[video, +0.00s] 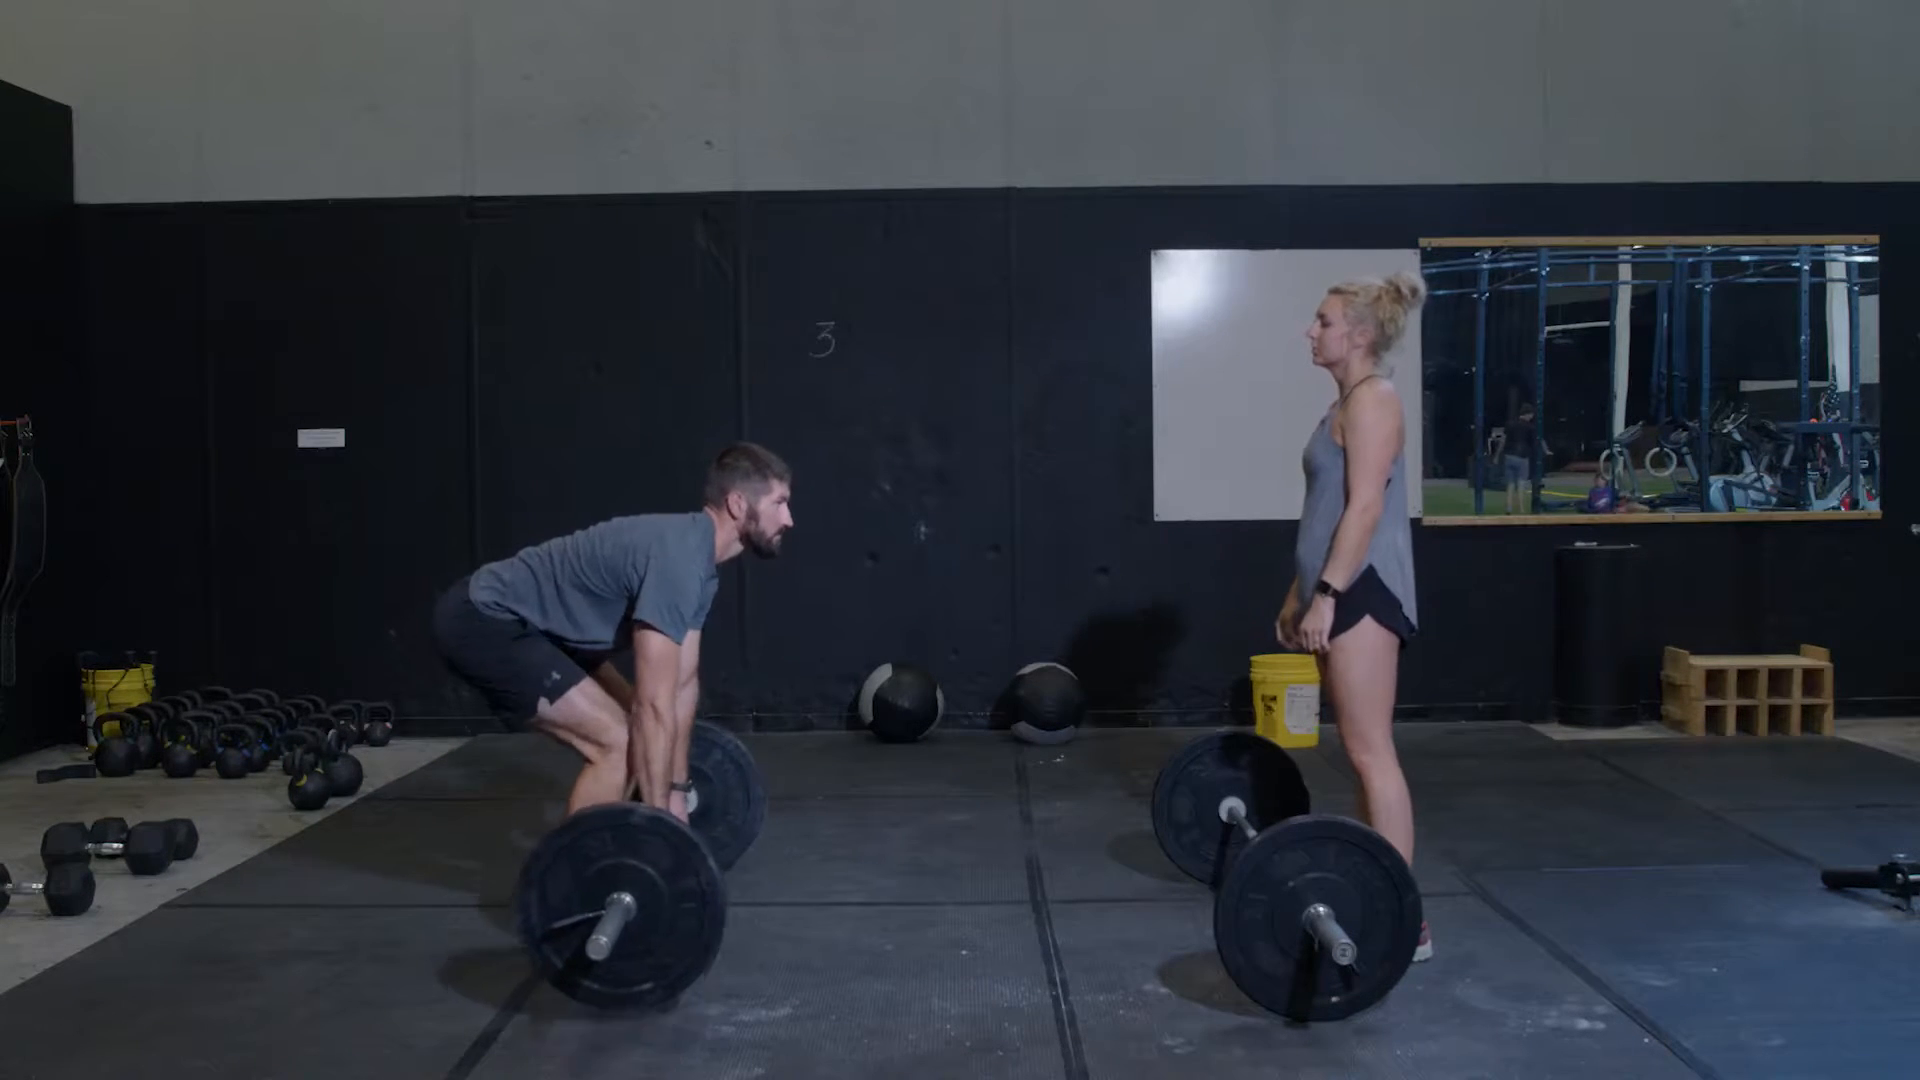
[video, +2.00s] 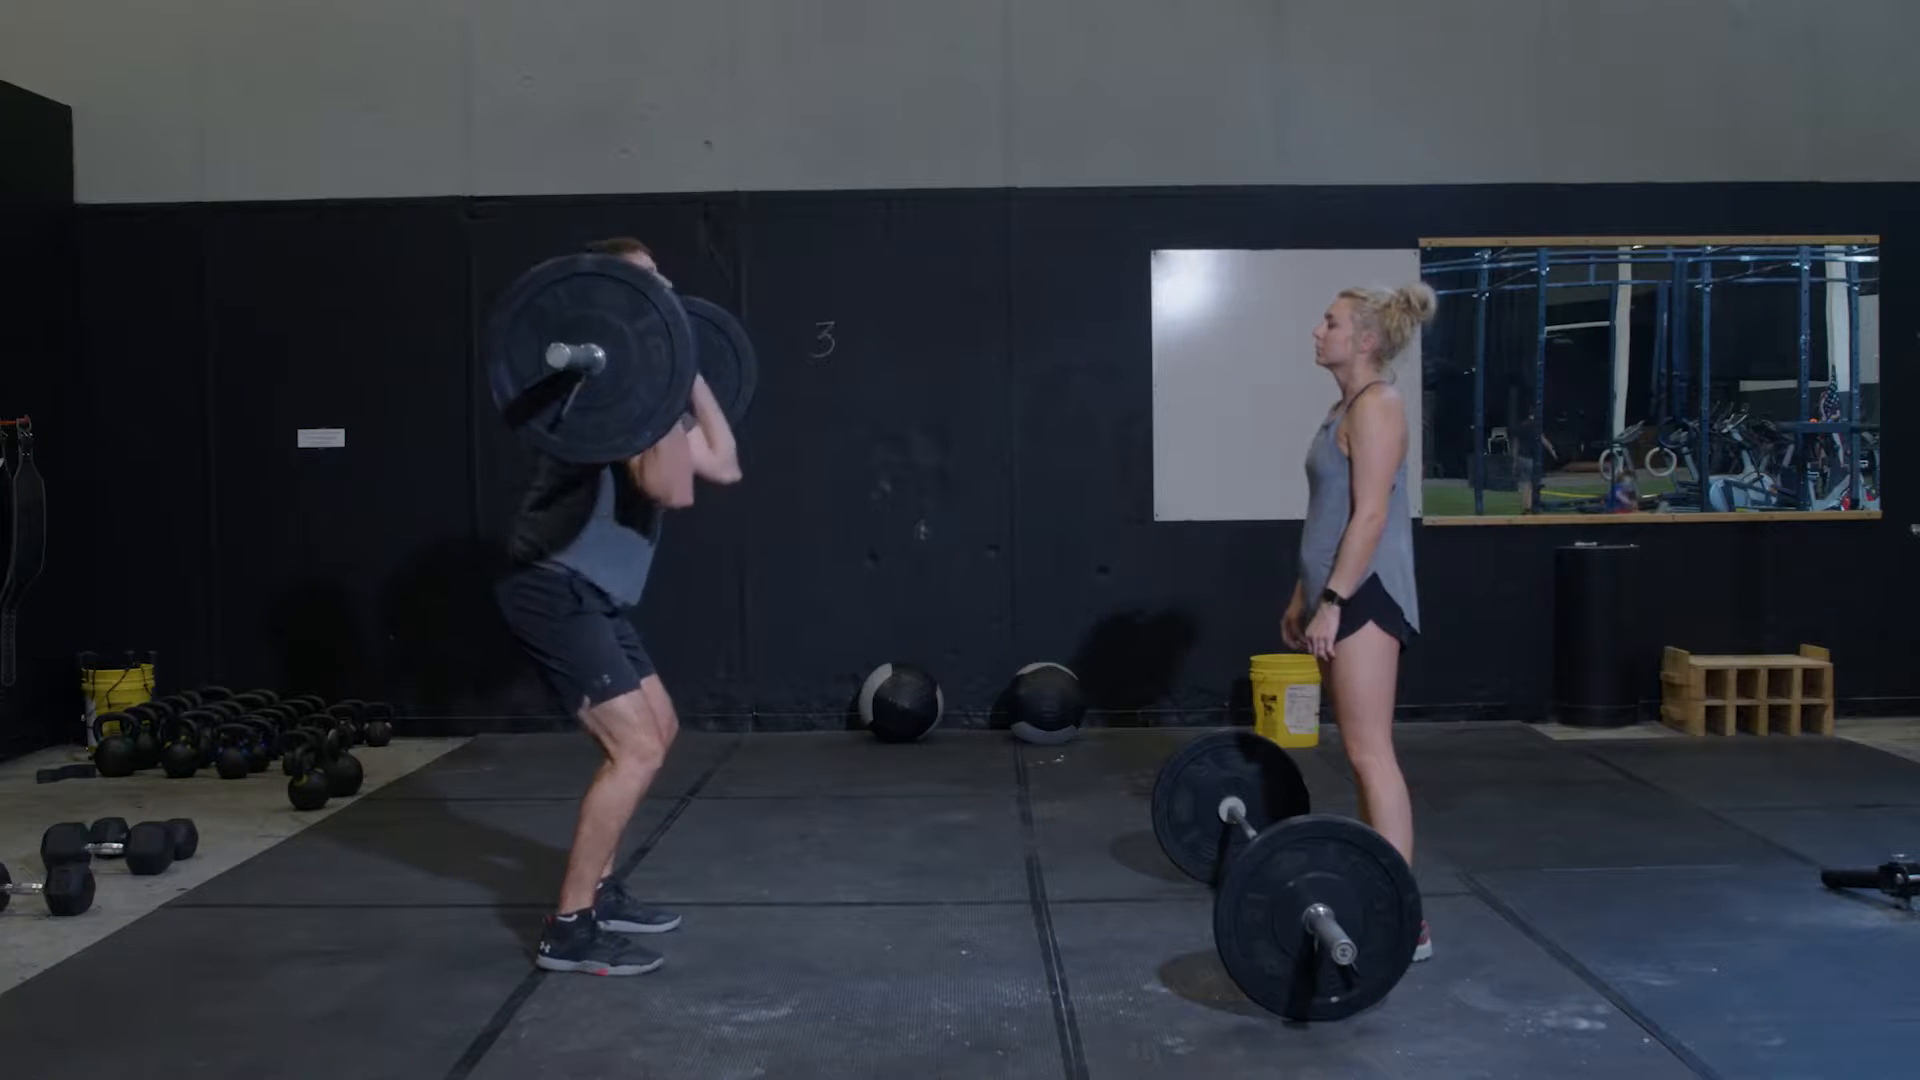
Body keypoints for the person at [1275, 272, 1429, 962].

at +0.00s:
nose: (1312, 332)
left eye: (1325, 322)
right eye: (1315, 321)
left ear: (1361, 334)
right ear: (1346, 335)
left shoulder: (1372, 401)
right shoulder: (1344, 405)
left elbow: (1366, 508)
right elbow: (1326, 513)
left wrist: (1327, 592)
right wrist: (1300, 590)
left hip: (1366, 594)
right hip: (1343, 592)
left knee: (1371, 751)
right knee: (1362, 750)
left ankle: (1399, 912)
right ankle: (1380, 903)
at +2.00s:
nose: (1318, 332)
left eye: (1331, 324)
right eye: (1322, 322)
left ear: (1365, 339)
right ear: (1354, 340)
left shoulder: (1377, 407)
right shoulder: (1346, 408)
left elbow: (1372, 515)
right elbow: (1331, 515)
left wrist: (1333, 599)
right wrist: (1305, 591)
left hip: (1370, 597)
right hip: (1345, 595)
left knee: (1371, 754)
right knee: (1364, 753)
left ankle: (1399, 913)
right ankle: (1384, 906)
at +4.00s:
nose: (1325, 329)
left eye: (1339, 321)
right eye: (1329, 319)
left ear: (1374, 338)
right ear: (1360, 338)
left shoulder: (1383, 404)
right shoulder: (1355, 407)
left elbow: (1377, 512)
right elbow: (1338, 515)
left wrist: (1341, 597)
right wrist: (1313, 594)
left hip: (1376, 595)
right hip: (1350, 593)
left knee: (1378, 748)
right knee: (1364, 746)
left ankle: (1402, 914)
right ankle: (1379, 901)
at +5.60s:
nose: (1279, 379)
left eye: (1282, 365)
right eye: (1274, 369)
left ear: (1318, 347)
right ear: (1312, 350)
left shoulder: (1364, 405)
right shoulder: (1337, 417)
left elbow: (1361, 519)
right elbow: (1332, 528)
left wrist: (1334, 612)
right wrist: (1308, 618)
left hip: (1401, 588)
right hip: (1365, 591)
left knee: (1382, 748)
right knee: (1348, 743)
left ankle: (1402, 919)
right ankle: (1370, 903)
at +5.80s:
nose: (1235, 453)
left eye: (1236, 439)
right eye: (1228, 443)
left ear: (1266, 415)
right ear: (1259, 418)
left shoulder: (1327, 457)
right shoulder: (1295, 476)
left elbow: (1336, 573)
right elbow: (1303, 578)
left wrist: (1328, 673)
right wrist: (1299, 673)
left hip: (1448, 595)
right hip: (1395, 606)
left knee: (1396, 743)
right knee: (1360, 739)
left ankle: (1407, 921)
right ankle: (1369, 901)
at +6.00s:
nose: (1212, 547)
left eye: (1214, 532)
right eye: (1207, 535)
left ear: (1244, 509)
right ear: (1243, 512)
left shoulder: (1303, 548)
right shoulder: (1280, 561)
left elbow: (1306, 667)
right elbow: (1280, 669)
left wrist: (1291, 771)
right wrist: (1269, 758)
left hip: (1473, 612)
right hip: (1420, 623)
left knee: (1388, 749)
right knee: (1351, 739)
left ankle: (1407, 924)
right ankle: (1368, 901)